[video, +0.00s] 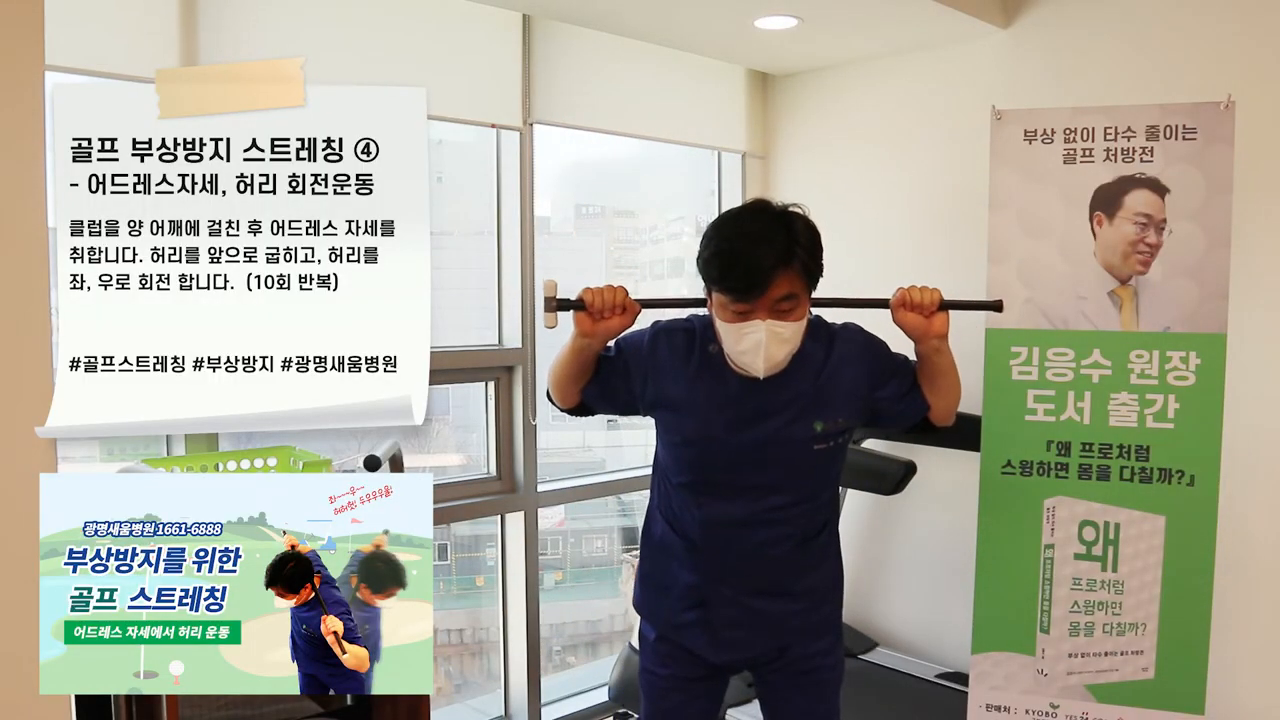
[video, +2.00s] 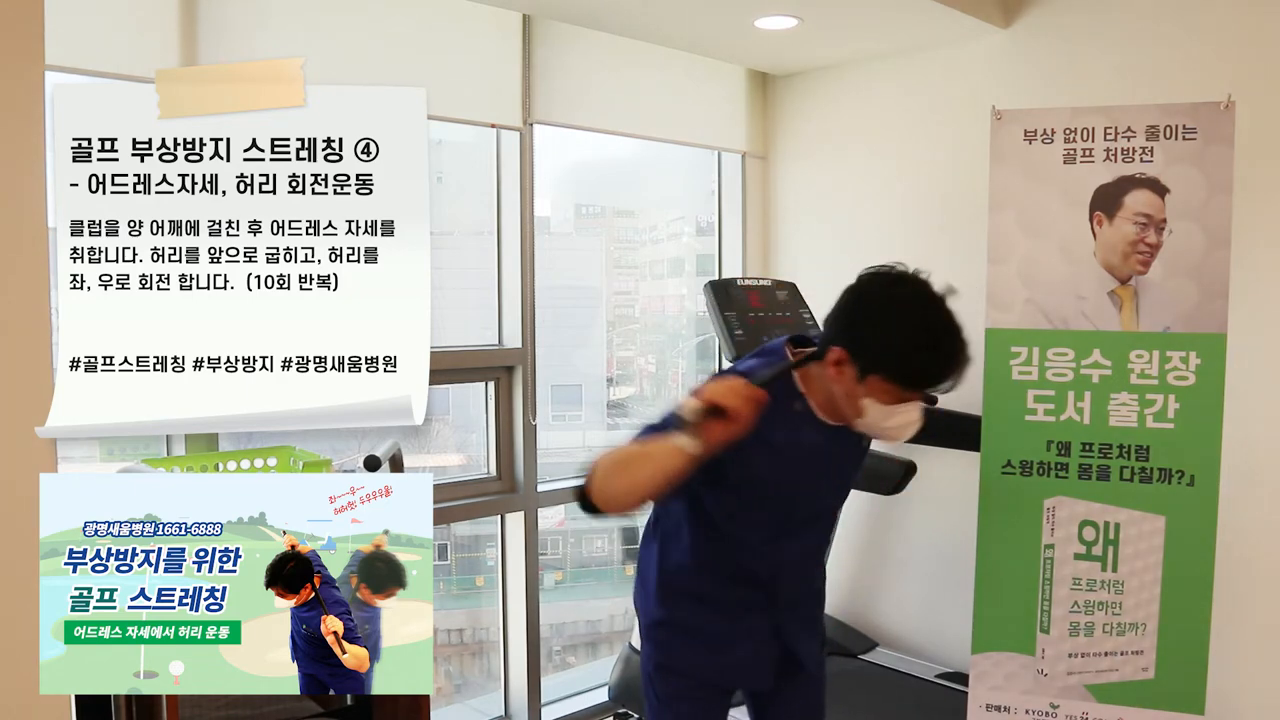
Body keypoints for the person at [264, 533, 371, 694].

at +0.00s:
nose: (278, 599)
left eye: (283, 596)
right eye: (276, 594)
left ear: (306, 590)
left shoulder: (334, 607)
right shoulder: (312, 570)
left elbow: (363, 665)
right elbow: (308, 552)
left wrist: (335, 642)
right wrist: (297, 547)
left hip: (344, 673)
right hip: (310, 667)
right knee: (312, 714)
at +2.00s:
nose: (278, 599)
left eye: (283, 596)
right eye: (276, 593)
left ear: (306, 590)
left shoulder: (334, 608)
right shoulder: (312, 570)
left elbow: (363, 665)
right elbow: (308, 552)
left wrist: (336, 643)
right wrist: (297, 547)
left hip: (344, 672)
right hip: (310, 667)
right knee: (312, 715)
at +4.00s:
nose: (278, 599)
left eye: (283, 595)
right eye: (276, 593)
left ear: (306, 590)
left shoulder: (334, 608)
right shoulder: (311, 570)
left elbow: (363, 665)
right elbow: (308, 552)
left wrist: (335, 642)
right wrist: (296, 547)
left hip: (344, 672)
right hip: (310, 667)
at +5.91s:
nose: (278, 599)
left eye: (283, 595)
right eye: (276, 593)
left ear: (306, 590)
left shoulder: (334, 608)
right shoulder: (311, 570)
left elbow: (363, 665)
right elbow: (308, 552)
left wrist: (335, 642)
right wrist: (297, 547)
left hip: (344, 673)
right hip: (310, 667)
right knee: (312, 715)